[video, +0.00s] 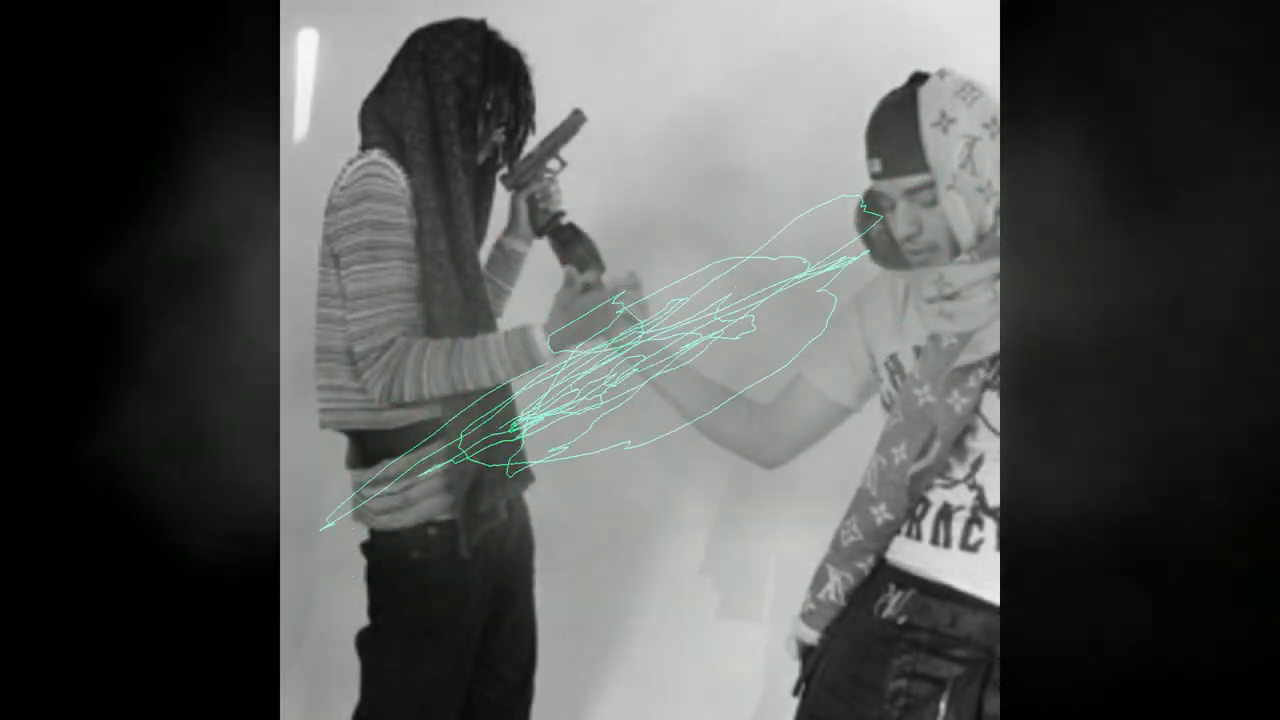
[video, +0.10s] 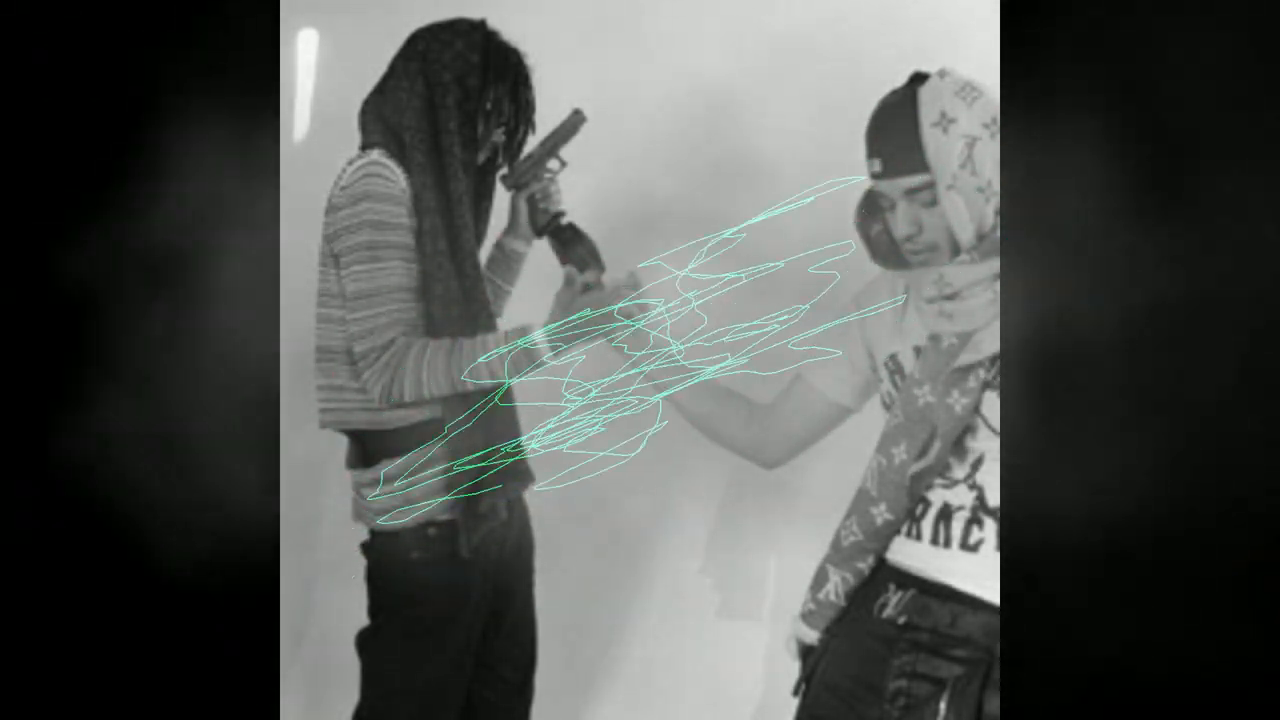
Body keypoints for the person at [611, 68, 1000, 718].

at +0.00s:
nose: (904, 227)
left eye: (926, 198)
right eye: (885, 205)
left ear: (981, 184)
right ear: (872, 203)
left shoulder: (1039, 287)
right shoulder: (890, 304)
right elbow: (769, 435)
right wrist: (635, 339)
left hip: (1004, 639)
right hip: (889, 615)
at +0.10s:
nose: (903, 227)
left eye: (925, 198)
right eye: (886, 202)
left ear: (985, 187)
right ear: (873, 205)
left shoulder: (1037, 295)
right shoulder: (899, 303)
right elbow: (768, 436)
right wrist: (634, 338)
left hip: (993, 640)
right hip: (879, 612)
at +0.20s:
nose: (903, 226)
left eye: (924, 198)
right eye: (887, 203)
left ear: (977, 184)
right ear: (877, 203)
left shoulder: (1041, 289)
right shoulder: (888, 304)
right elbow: (769, 436)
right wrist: (641, 341)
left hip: (993, 636)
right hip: (883, 610)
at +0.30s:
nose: (902, 226)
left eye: (924, 198)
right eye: (885, 201)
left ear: (982, 185)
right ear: (873, 202)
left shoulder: (1040, 295)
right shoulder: (894, 300)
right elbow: (770, 435)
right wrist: (641, 344)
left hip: (993, 640)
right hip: (880, 614)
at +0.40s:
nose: (904, 228)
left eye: (926, 198)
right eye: (887, 203)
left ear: (984, 183)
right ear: (874, 203)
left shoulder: (1037, 291)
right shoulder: (893, 304)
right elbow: (768, 436)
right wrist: (630, 341)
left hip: (991, 643)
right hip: (879, 617)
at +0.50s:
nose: (910, 226)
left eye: (927, 197)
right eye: (890, 203)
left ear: (984, 184)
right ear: (877, 205)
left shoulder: (1036, 288)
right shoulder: (898, 297)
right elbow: (769, 436)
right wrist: (631, 337)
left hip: (993, 641)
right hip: (884, 615)